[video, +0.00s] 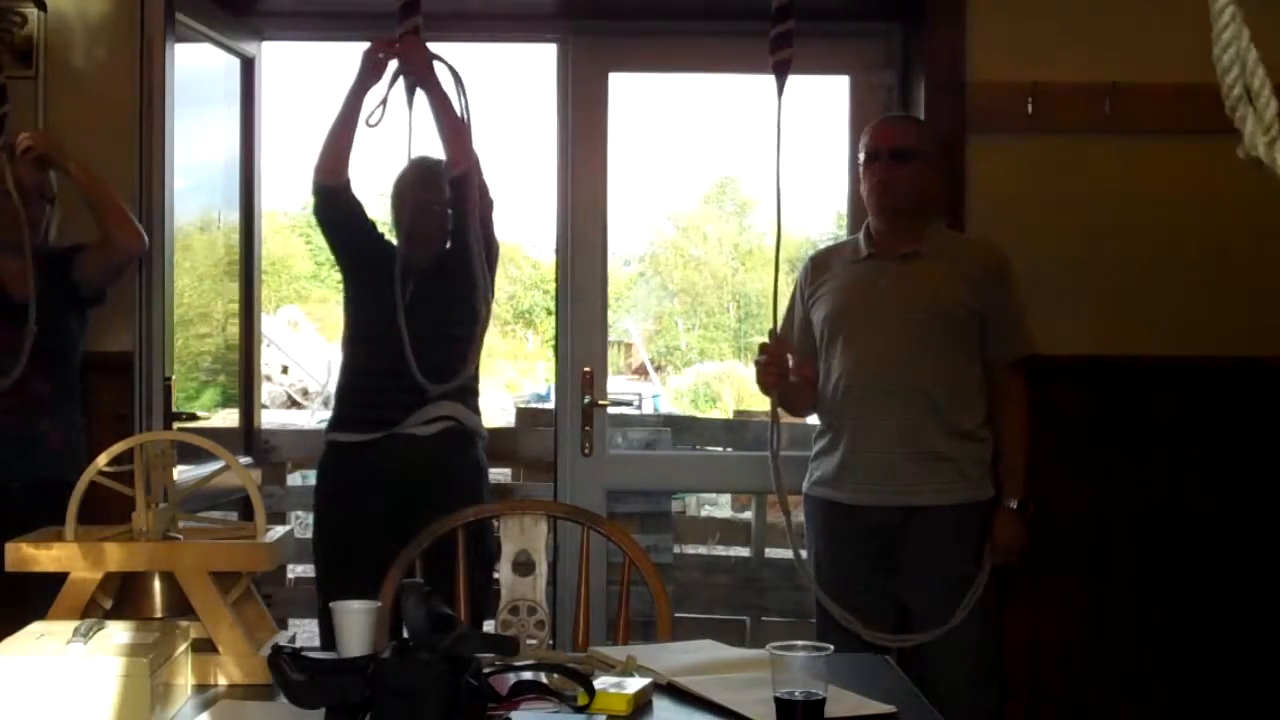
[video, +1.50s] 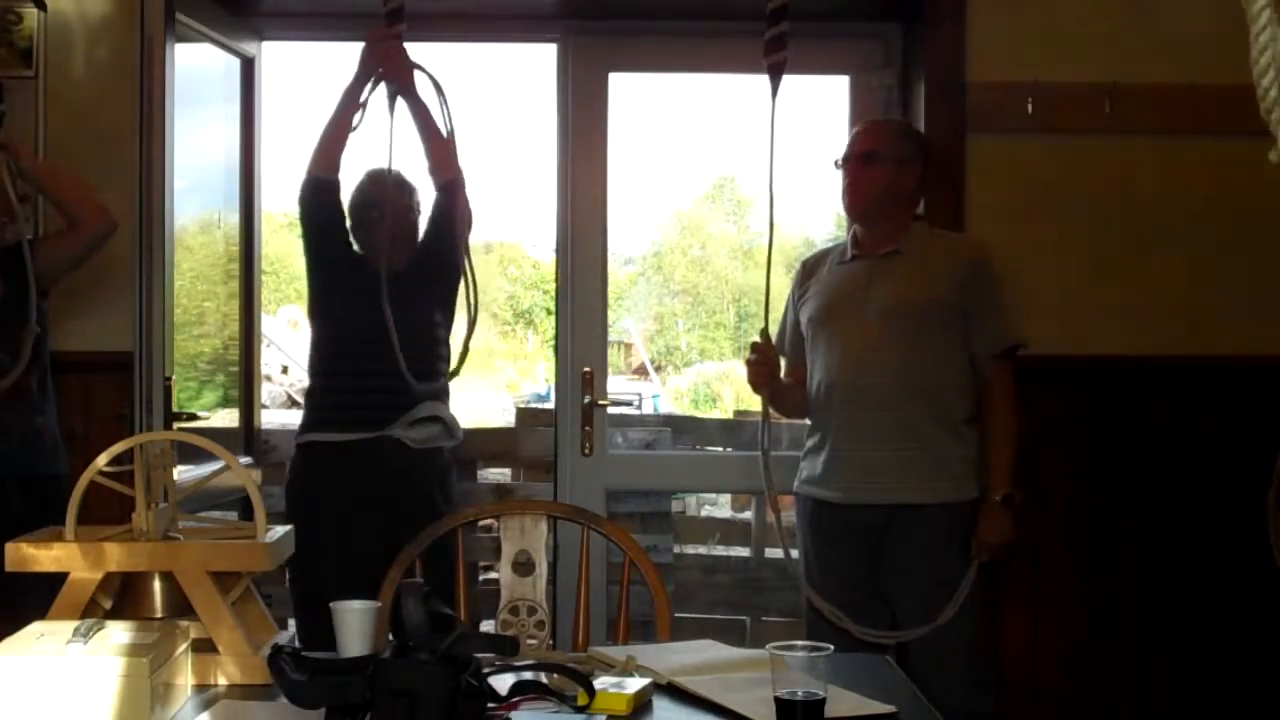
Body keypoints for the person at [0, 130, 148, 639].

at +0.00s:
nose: (29, 208)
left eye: (37, 196)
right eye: (18, 195)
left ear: (51, 204)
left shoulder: (58, 271)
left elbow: (130, 244)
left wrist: (67, 162)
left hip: (52, 469)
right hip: (7, 470)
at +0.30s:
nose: (18, 208)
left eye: (25, 193)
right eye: (10, 192)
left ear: (37, 200)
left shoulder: (47, 269)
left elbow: (118, 227)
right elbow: (117, 227)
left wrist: (45, 153)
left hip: (47, 468)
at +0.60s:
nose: (11, 209)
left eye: (14, 197)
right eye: (6, 196)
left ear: (23, 202)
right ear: (4, 206)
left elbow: (103, 212)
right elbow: (102, 213)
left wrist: (27, 155)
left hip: (40, 460)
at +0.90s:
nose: (8, 209)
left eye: (10, 199)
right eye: (5, 198)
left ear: (17, 206)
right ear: (8, 209)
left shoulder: (24, 264)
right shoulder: (23, 265)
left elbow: (93, 207)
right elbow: (93, 207)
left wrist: (26, 165)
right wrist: (27, 165)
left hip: (35, 455)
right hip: (23, 458)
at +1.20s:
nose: (8, 210)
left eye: (10, 202)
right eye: (4, 203)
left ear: (18, 207)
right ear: (8, 213)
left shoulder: (23, 263)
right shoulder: (22, 263)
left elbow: (93, 208)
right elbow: (93, 208)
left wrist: (23, 157)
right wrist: (24, 159)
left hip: (32, 451)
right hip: (23, 454)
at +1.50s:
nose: (9, 213)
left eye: (10, 204)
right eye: (6, 205)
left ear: (17, 209)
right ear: (9, 213)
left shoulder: (21, 266)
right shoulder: (21, 267)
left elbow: (96, 223)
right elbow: (96, 223)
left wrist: (27, 161)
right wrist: (27, 161)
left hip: (30, 459)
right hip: (23, 462)